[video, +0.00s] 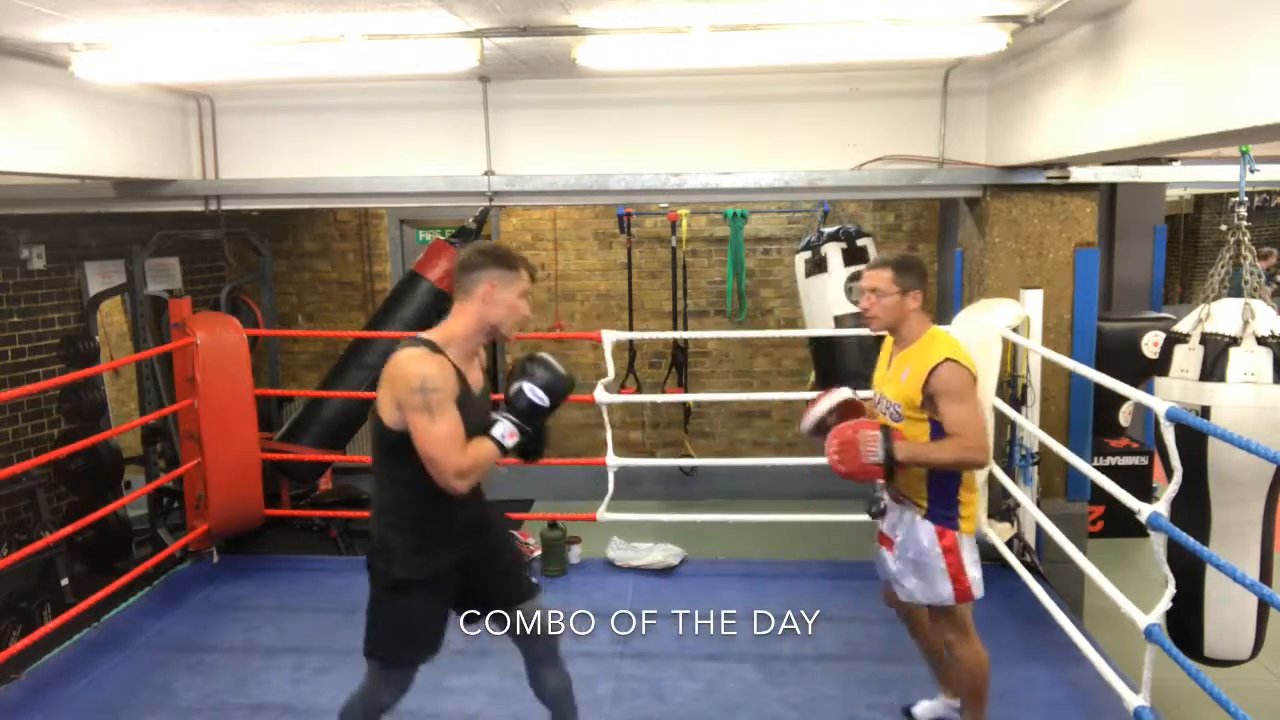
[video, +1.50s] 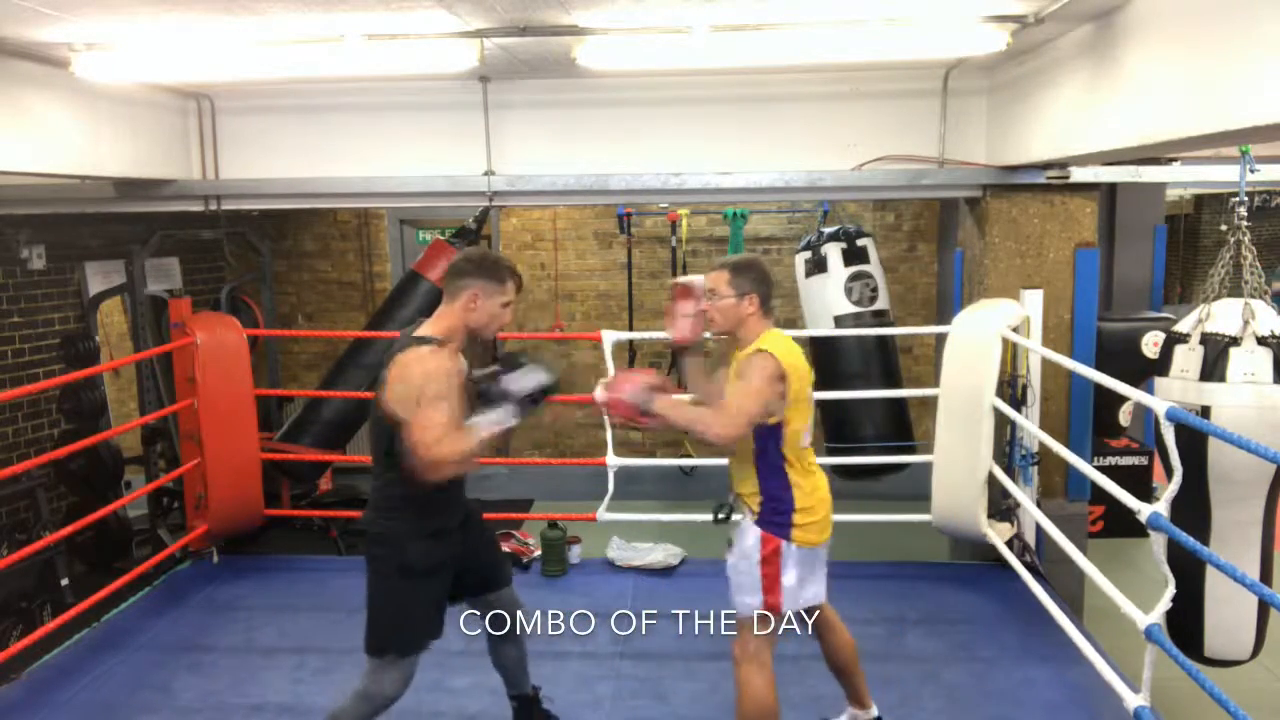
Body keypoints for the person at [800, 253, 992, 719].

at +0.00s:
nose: (863, 305)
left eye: (875, 295)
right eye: (863, 295)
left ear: (913, 300)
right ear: (899, 302)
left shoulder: (945, 366)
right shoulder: (895, 344)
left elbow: (975, 450)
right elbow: (900, 419)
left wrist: (893, 449)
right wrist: (850, 409)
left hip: (939, 523)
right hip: (901, 509)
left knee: (955, 632)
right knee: (902, 599)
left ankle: (975, 715)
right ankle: (952, 697)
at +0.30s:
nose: (853, 304)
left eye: (864, 295)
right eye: (853, 294)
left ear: (901, 300)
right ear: (895, 304)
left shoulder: (926, 358)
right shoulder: (892, 345)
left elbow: (915, 442)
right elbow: (850, 386)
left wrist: (842, 406)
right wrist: (816, 373)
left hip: (915, 510)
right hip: (923, 502)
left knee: (876, 620)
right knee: (945, 609)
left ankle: (959, 710)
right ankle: (962, 706)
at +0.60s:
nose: (809, 312)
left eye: (820, 304)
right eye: (810, 302)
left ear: (854, 311)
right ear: (854, 312)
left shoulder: (874, 366)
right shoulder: (872, 354)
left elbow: (863, 450)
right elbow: (856, 427)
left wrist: (807, 402)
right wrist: (808, 406)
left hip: (863, 523)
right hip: (897, 515)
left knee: (816, 638)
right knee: (926, 613)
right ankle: (962, 707)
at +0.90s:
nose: (741, 298)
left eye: (752, 290)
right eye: (744, 288)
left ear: (787, 299)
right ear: (791, 301)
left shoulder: (787, 350)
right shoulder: (818, 343)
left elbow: (739, 397)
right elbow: (737, 368)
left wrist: (655, 374)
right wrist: (702, 337)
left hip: (800, 517)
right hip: (840, 505)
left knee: (771, 642)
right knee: (857, 610)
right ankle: (906, 708)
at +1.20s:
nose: (707, 304)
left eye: (717, 294)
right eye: (708, 293)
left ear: (753, 303)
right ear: (757, 304)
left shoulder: (746, 358)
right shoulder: (800, 343)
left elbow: (694, 413)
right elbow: (763, 402)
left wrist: (605, 392)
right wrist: (715, 362)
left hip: (778, 524)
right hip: (825, 509)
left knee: (759, 652)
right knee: (830, 613)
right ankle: (867, 711)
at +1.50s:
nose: (705, 306)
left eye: (714, 296)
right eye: (705, 296)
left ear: (749, 303)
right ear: (748, 305)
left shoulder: (765, 358)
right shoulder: (767, 347)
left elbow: (726, 429)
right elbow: (711, 405)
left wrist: (652, 402)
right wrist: (688, 350)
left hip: (775, 519)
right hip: (801, 510)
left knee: (751, 652)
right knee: (815, 610)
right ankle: (863, 708)